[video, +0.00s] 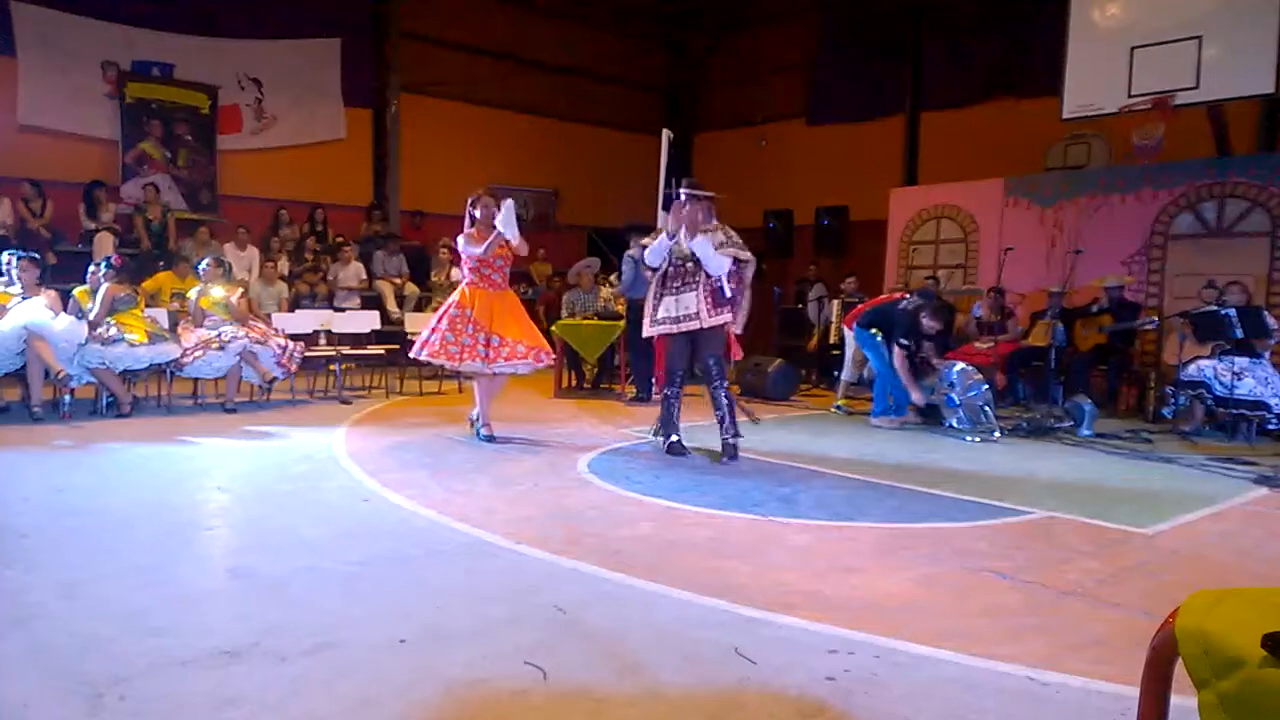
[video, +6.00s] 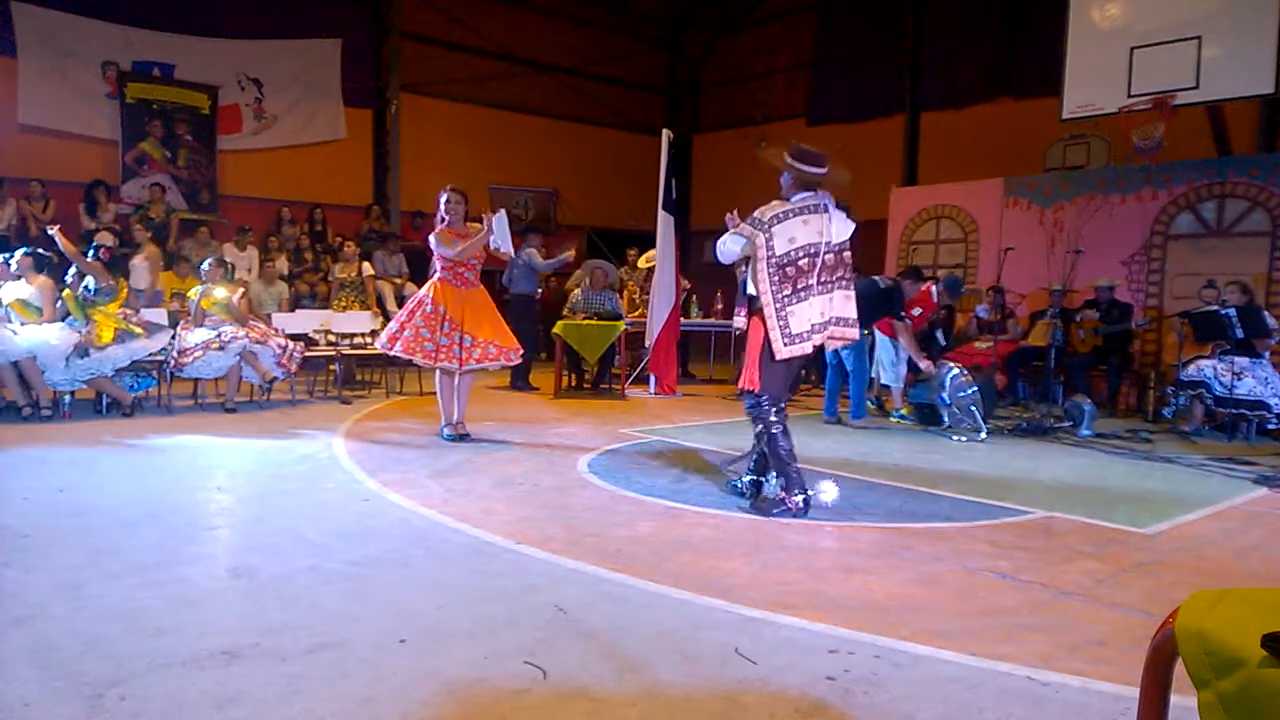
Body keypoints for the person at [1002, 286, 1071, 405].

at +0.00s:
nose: (1053, 301)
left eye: (1057, 298)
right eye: (1051, 297)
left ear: (1062, 298)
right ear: (1047, 298)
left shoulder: (1067, 315)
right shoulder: (1037, 316)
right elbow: (1027, 336)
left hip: (1057, 348)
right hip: (1037, 348)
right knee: (1013, 358)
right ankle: (1013, 396)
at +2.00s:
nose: (1055, 300)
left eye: (1058, 296)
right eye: (1053, 296)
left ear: (1063, 298)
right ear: (1049, 297)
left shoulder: (1067, 314)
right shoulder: (1036, 315)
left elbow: (1068, 338)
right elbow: (1028, 335)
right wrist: (1024, 342)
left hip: (1054, 349)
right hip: (1035, 348)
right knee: (1012, 358)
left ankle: (1044, 397)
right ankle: (1012, 394)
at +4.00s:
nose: (1056, 299)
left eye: (1059, 296)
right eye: (1054, 296)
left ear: (1064, 297)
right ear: (1049, 296)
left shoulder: (1069, 314)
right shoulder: (1037, 315)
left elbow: (1068, 338)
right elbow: (1028, 335)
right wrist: (1024, 342)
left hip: (1056, 348)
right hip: (1036, 347)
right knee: (1013, 358)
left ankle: (1041, 399)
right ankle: (1012, 395)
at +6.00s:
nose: (1056, 299)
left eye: (1059, 296)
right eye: (1054, 295)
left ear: (1063, 297)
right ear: (1049, 296)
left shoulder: (1068, 314)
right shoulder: (1036, 315)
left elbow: (1068, 337)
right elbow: (1029, 333)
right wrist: (1025, 341)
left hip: (1055, 348)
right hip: (1035, 347)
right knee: (1012, 359)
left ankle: (1043, 397)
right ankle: (1013, 395)